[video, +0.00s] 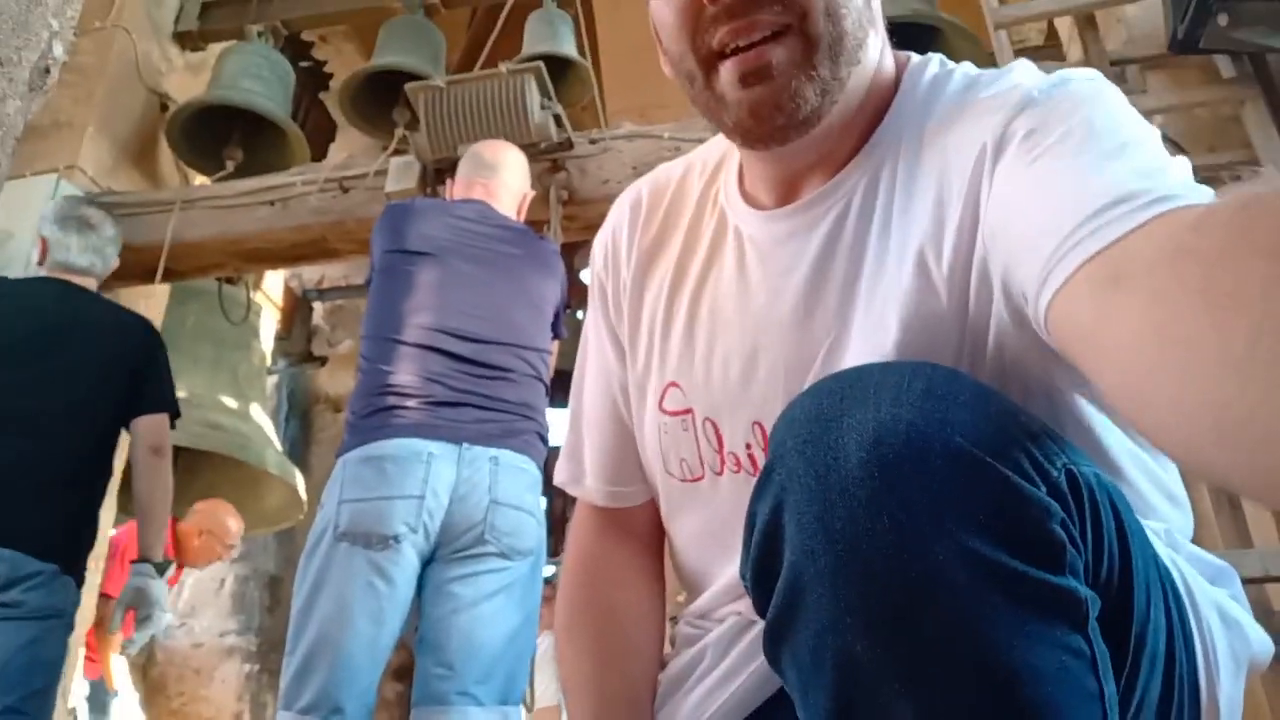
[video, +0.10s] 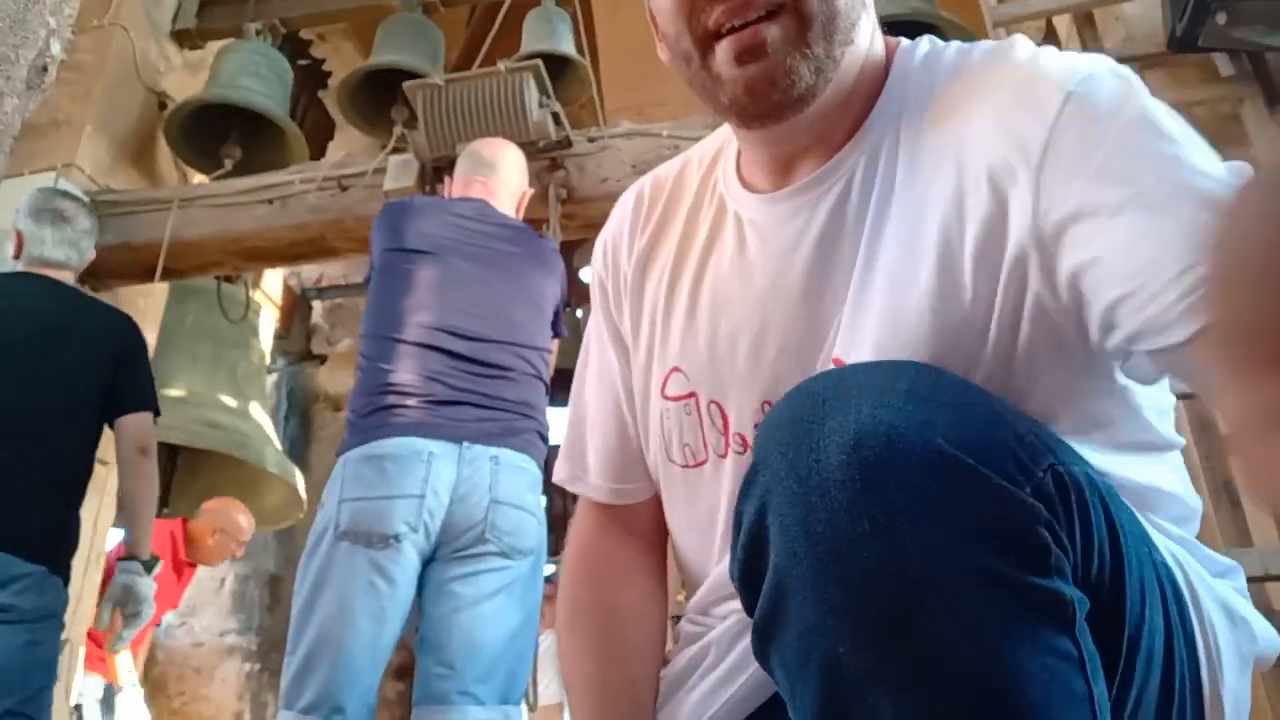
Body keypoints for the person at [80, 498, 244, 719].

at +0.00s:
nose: (225, 558)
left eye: (231, 550)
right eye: (226, 547)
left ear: (200, 535)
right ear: (200, 535)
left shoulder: (175, 565)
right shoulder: (130, 542)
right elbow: (104, 617)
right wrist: (119, 689)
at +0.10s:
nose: (239, 554)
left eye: (243, 546)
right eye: (239, 544)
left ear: (213, 536)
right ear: (214, 535)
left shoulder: (190, 562)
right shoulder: (148, 543)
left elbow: (148, 624)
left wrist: (133, 683)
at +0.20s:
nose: (252, 553)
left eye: (255, 545)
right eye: (250, 543)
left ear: (226, 534)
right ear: (227, 534)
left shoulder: (202, 564)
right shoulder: (164, 541)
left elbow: (160, 631)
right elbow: (121, 614)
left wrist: (153, 697)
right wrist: (130, 684)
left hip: (134, 668)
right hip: (99, 661)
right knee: (99, 713)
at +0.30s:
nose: (264, 552)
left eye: (267, 544)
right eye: (263, 541)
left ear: (240, 533)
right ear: (240, 533)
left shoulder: (215, 565)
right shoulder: (176, 540)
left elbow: (175, 632)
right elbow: (129, 613)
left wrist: (171, 701)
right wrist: (134, 680)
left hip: (143, 668)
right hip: (107, 657)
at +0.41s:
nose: (273, 549)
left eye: (276, 541)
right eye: (272, 539)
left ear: (250, 532)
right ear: (249, 531)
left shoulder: (225, 565)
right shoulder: (186, 538)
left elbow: (188, 635)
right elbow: (137, 609)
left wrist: (192, 703)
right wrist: (139, 677)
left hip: (150, 668)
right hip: (114, 658)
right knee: (140, 714)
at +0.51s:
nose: (281, 542)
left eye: (283, 534)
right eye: (280, 533)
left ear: (261, 530)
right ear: (259, 530)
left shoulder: (235, 561)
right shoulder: (195, 536)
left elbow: (203, 628)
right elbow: (143, 605)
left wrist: (206, 695)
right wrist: (144, 671)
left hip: (159, 666)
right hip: (122, 655)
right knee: (153, 713)